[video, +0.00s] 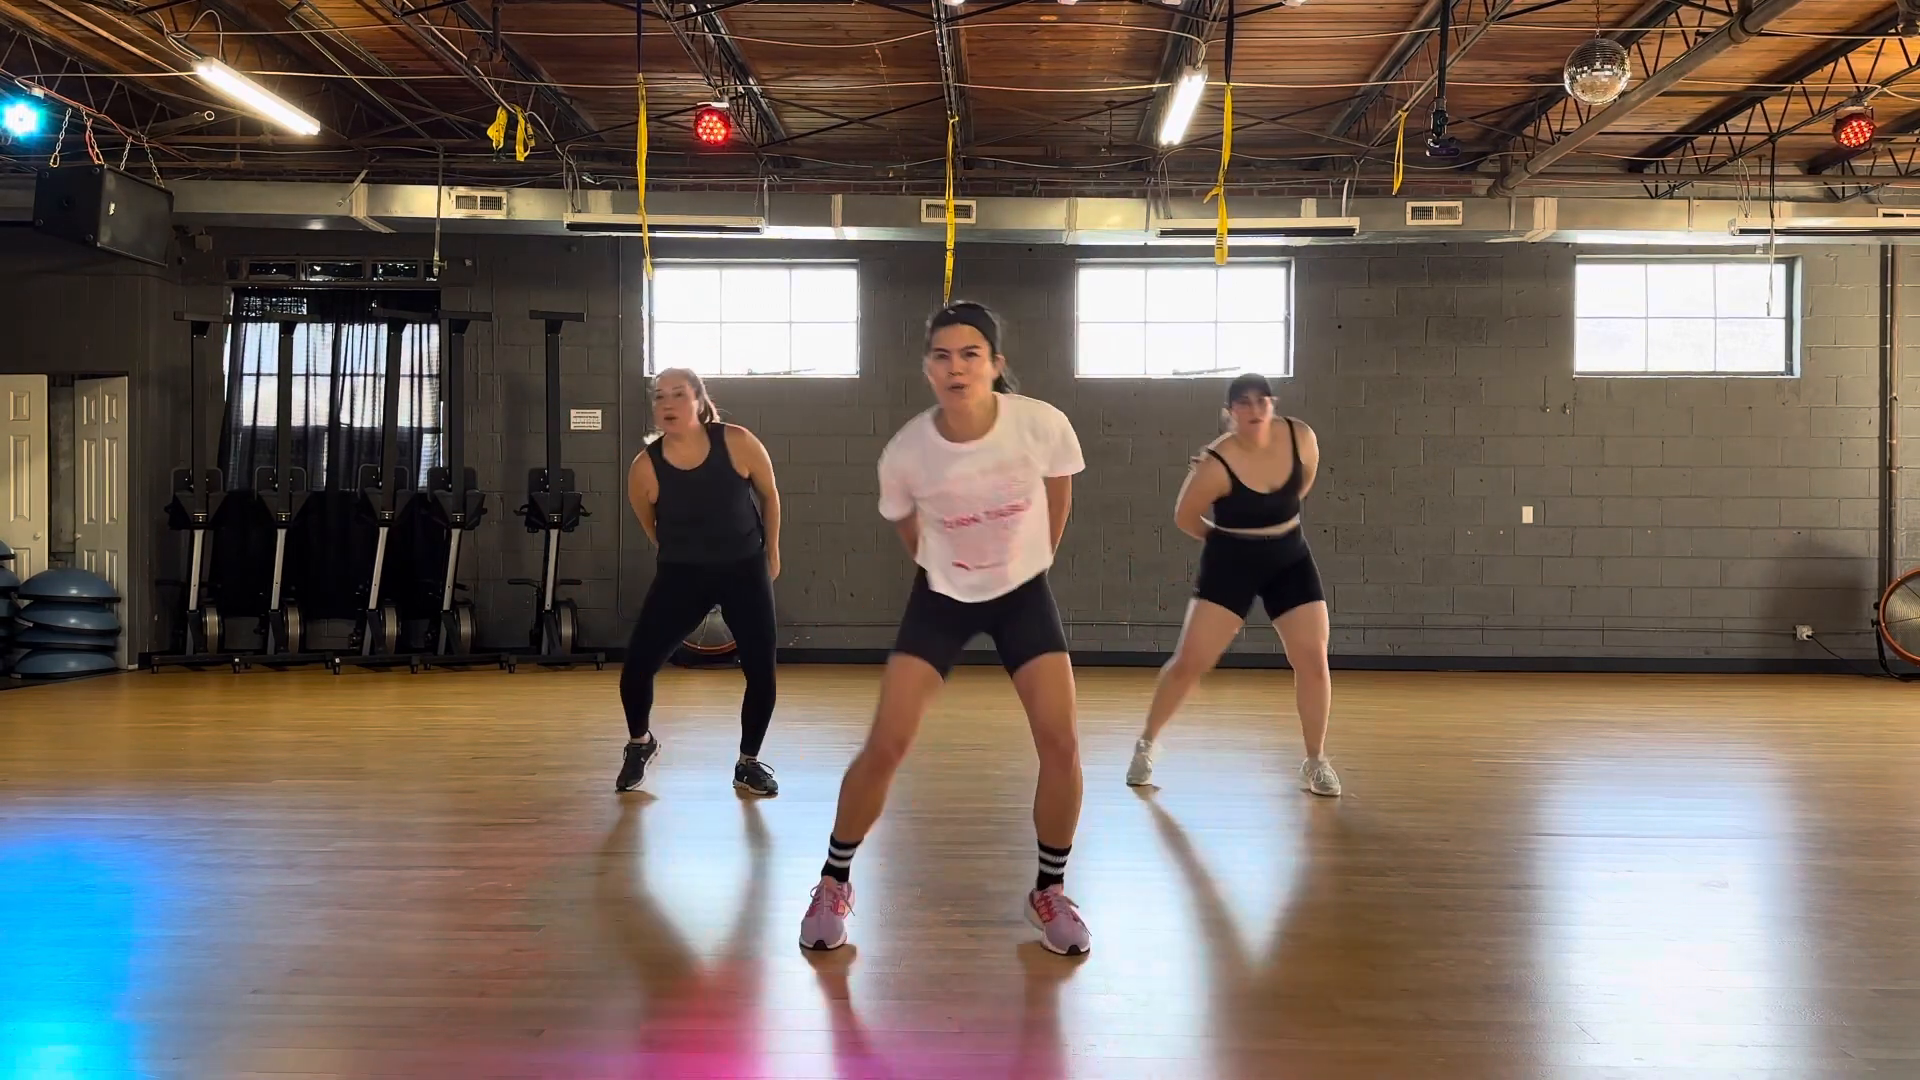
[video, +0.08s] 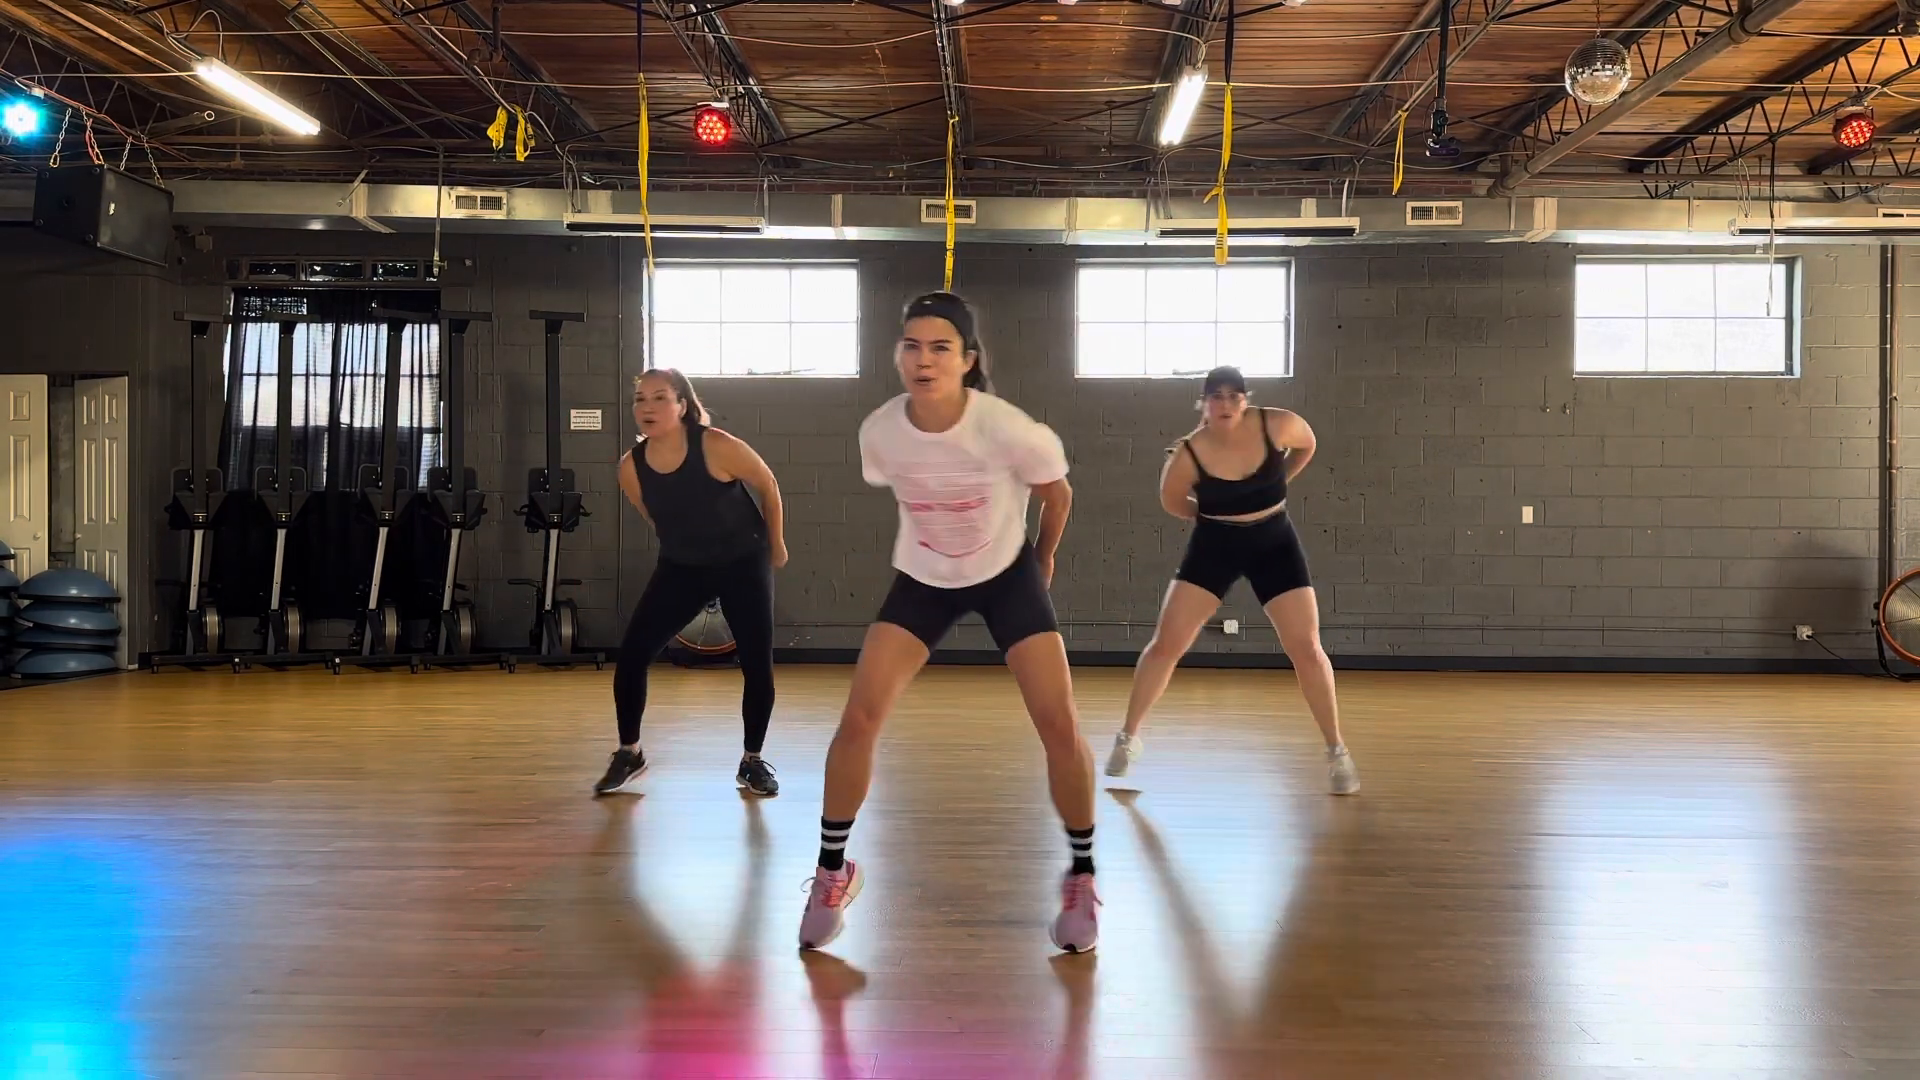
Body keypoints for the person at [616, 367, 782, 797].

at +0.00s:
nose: (667, 404)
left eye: (678, 395)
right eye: (660, 397)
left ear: (701, 403)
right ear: (653, 408)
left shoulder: (739, 442)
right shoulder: (644, 469)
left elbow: (769, 495)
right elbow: (655, 530)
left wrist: (772, 551)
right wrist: (683, 559)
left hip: (743, 570)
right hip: (682, 574)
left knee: (762, 670)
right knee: (636, 668)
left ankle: (748, 761)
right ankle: (640, 742)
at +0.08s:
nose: (647, 407)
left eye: (659, 399)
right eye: (640, 399)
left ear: (682, 407)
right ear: (634, 408)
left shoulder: (719, 447)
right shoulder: (631, 469)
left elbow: (766, 482)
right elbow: (656, 519)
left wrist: (777, 543)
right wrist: (684, 547)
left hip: (743, 561)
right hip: (682, 564)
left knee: (758, 664)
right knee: (632, 654)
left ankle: (752, 759)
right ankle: (629, 752)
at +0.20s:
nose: (626, 408)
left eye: (639, 400)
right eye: (620, 400)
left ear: (663, 409)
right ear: (612, 407)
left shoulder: (693, 456)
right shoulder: (611, 456)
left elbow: (748, 489)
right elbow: (644, 502)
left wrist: (759, 537)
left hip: (723, 554)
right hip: (666, 558)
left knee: (742, 656)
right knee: (625, 653)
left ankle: (784, 748)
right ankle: (625, 761)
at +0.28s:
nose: (622, 416)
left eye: (636, 408)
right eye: (616, 406)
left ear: (660, 416)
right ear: (609, 411)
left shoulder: (682, 468)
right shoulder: (604, 455)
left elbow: (734, 508)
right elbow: (634, 506)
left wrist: (739, 556)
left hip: (706, 569)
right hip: (651, 568)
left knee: (727, 667)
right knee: (612, 660)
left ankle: (790, 752)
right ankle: (626, 764)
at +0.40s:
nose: (631, 422)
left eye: (644, 413)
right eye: (625, 412)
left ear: (667, 421)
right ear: (618, 417)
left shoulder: (692, 476)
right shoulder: (602, 462)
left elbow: (731, 517)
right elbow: (625, 517)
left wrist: (717, 570)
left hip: (691, 571)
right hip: (633, 567)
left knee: (707, 668)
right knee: (599, 663)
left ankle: (757, 758)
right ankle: (625, 764)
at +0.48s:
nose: (644, 419)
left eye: (656, 410)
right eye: (636, 411)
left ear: (678, 418)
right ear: (628, 418)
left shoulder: (709, 470)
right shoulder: (608, 465)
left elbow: (730, 508)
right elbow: (622, 512)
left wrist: (711, 552)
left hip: (691, 566)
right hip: (628, 564)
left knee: (709, 659)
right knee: (606, 660)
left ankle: (736, 763)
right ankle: (621, 763)